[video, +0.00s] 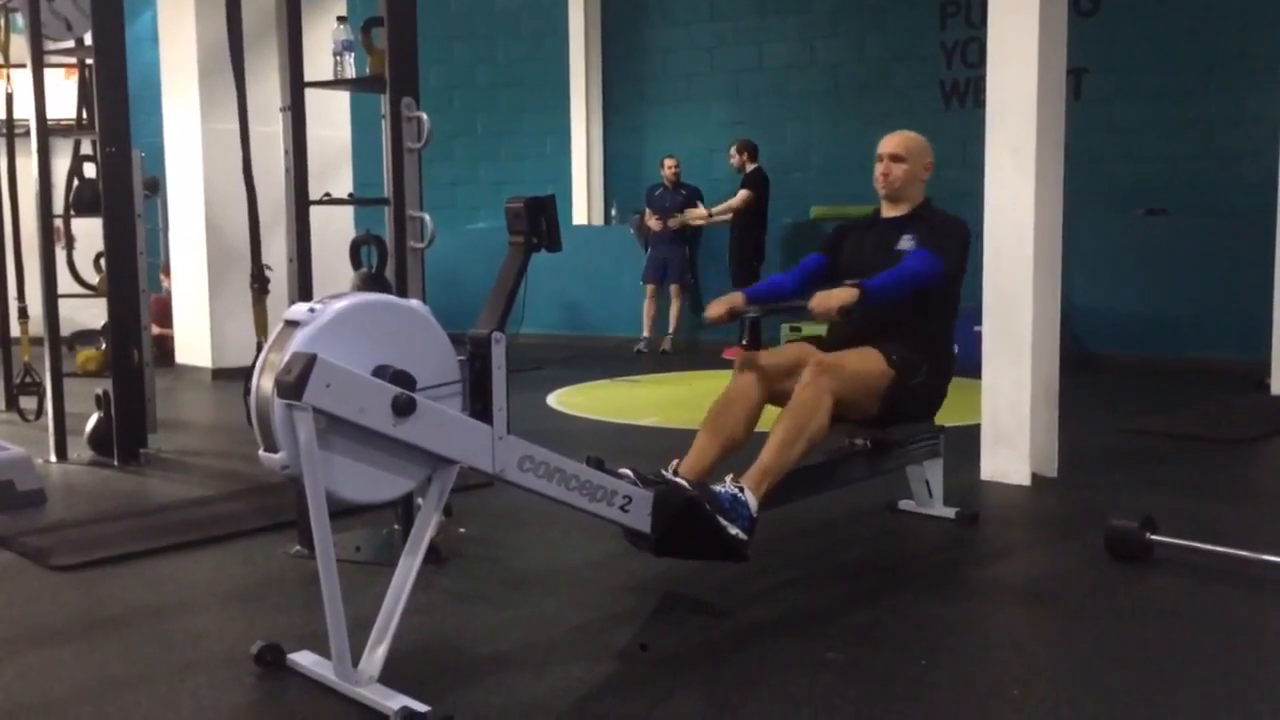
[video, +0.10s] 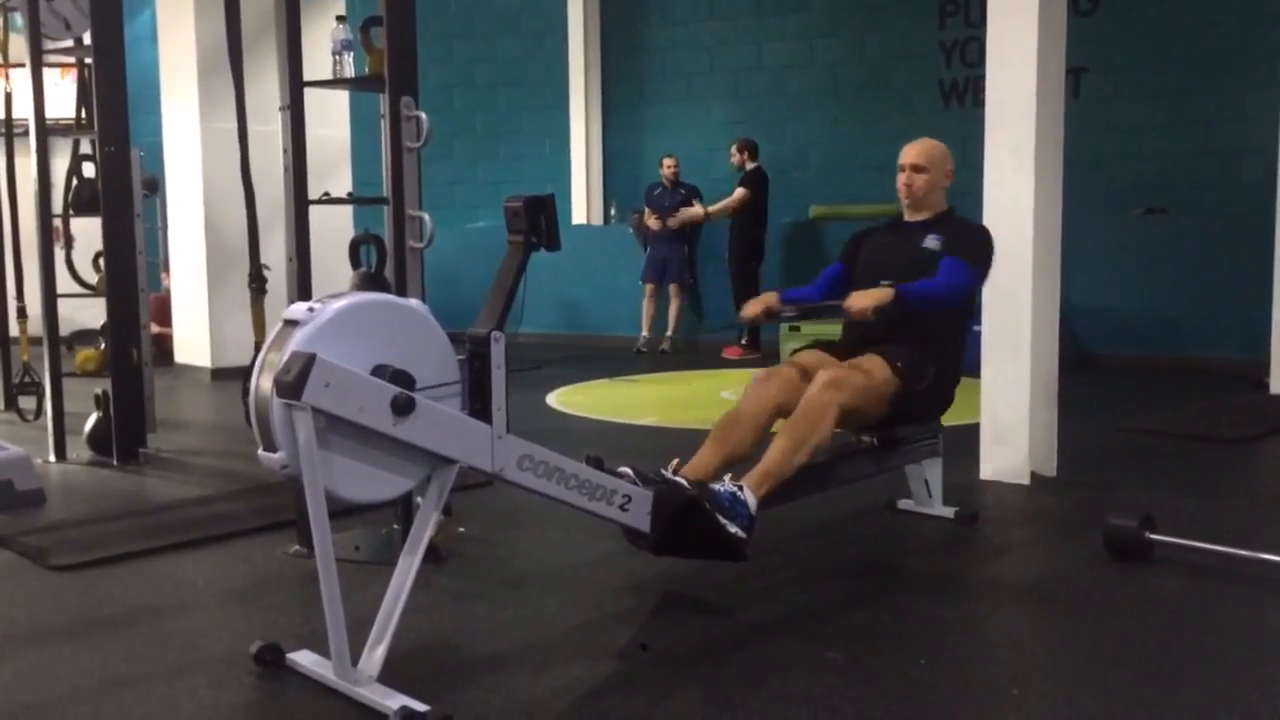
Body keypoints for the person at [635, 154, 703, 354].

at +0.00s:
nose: (674, 171)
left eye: (676, 167)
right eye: (670, 168)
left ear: (680, 169)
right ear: (662, 171)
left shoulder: (691, 192)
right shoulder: (652, 192)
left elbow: (700, 216)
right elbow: (647, 217)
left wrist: (682, 220)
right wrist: (651, 222)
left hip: (678, 248)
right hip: (657, 247)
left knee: (675, 291)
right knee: (650, 291)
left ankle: (670, 336)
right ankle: (646, 336)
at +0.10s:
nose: (673, 170)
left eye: (675, 166)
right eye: (669, 167)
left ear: (679, 168)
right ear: (661, 170)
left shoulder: (690, 191)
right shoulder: (652, 191)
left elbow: (700, 213)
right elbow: (646, 216)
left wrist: (682, 219)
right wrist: (650, 221)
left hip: (677, 247)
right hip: (656, 246)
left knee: (674, 291)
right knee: (650, 290)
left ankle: (669, 336)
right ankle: (645, 334)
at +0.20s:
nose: (672, 169)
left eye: (674, 165)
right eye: (668, 166)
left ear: (678, 167)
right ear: (660, 168)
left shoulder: (689, 190)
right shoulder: (651, 190)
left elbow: (699, 212)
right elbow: (645, 215)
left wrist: (681, 218)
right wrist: (649, 220)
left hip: (677, 246)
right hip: (655, 245)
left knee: (674, 289)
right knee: (649, 288)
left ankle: (668, 335)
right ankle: (644, 333)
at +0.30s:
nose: (672, 167)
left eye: (674, 164)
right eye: (667, 164)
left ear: (678, 166)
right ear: (660, 167)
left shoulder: (689, 189)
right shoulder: (651, 189)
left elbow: (700, 211)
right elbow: (645, 213)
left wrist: (683, 217)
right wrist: (649, 219)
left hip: (676, 244)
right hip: (655, 244)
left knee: (673, 288)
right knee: (649, 287)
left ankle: (668, 333)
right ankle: (643, 332)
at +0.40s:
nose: (670, 165)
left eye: (672, 161)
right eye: (666, 162)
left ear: (676, 164)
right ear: (658, 165)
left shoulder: (688, 186)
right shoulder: (649, 186)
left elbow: (696, 214)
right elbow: (644, 211)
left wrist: (681, 216)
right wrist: (648, 217)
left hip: (675, 242)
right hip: (653, 242)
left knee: (671, 285)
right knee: (647, 285)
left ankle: (666, 331)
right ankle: (642, 329)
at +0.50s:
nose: (669, 165)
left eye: (672, 161)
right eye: (665, 161)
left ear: (676, 163)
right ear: (658, 164)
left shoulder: (688, 186)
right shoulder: (649, 186)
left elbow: (699, 210)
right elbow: (643, 210)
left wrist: (681, 215)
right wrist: (647, 216)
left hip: (675, 242)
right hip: (653, 242)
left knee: (672, 285)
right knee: (647, 285)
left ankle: (666, 331)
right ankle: (642, 329)